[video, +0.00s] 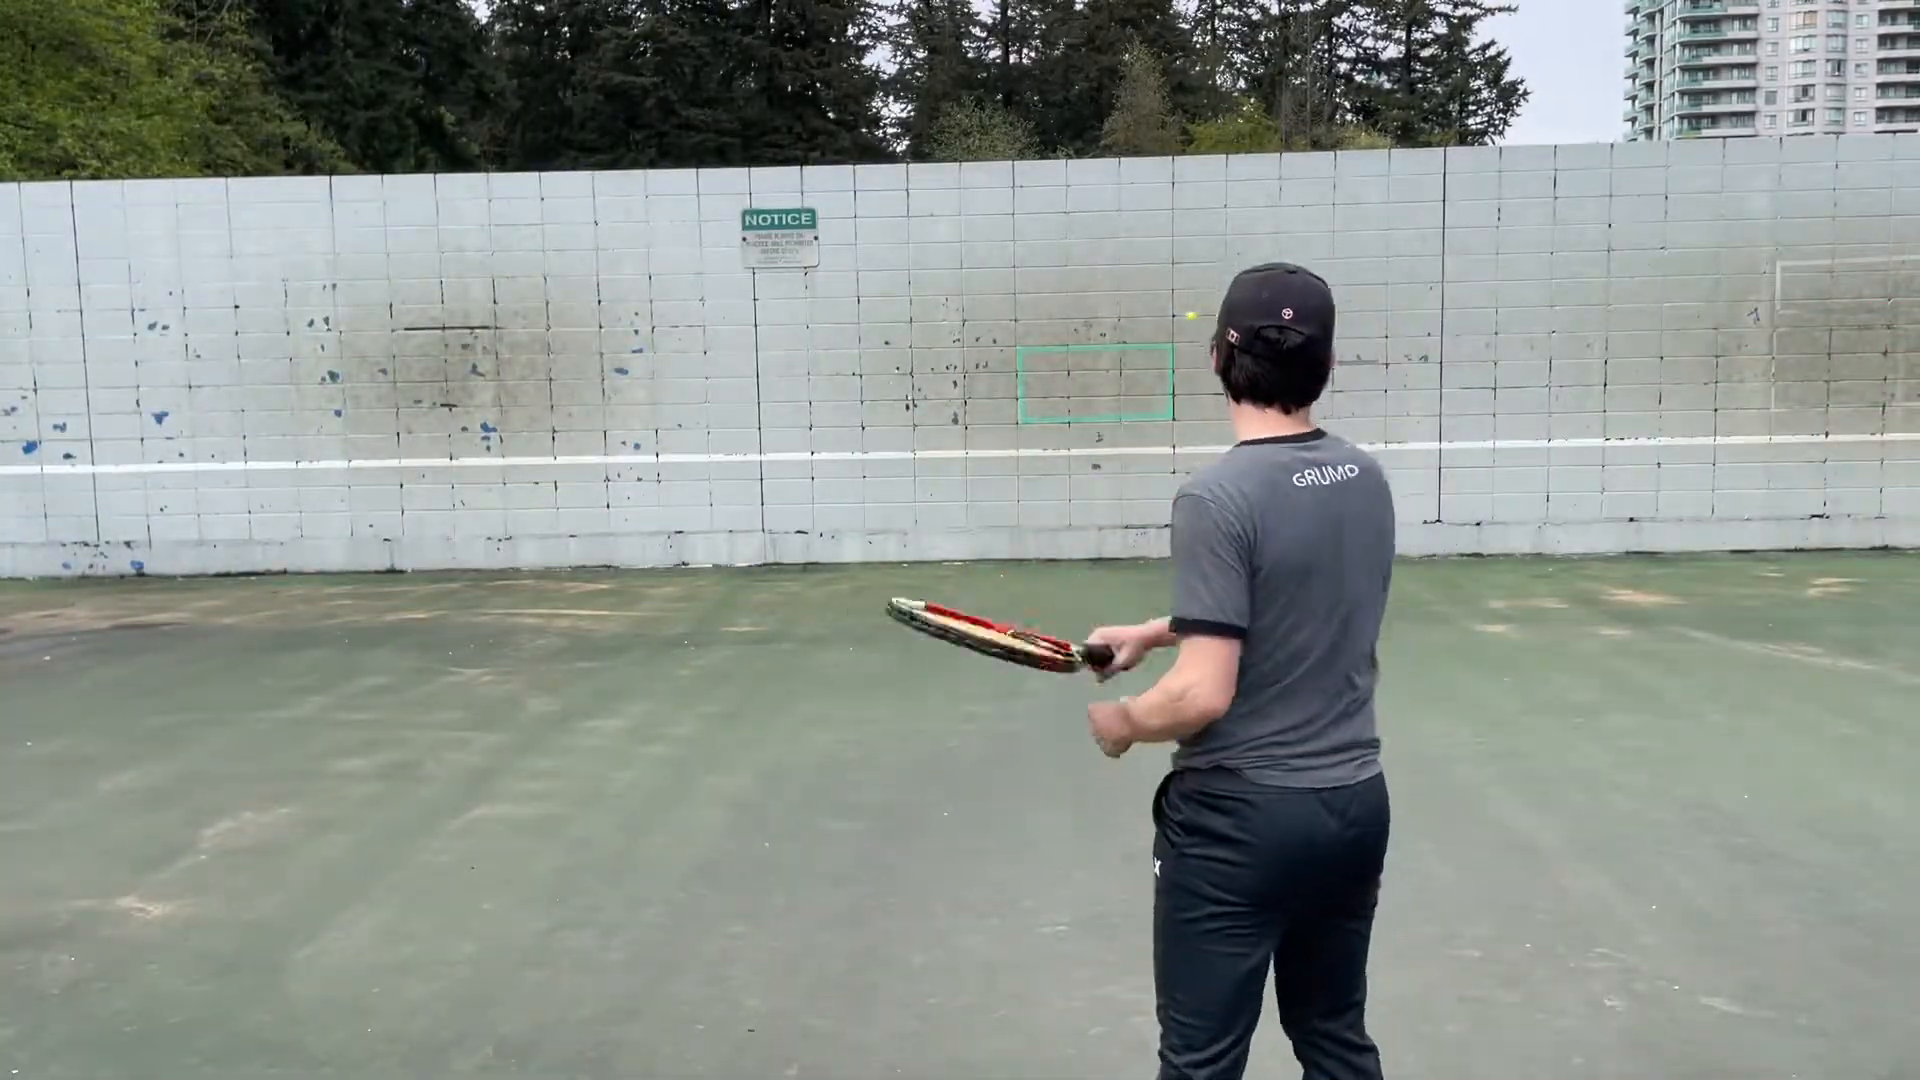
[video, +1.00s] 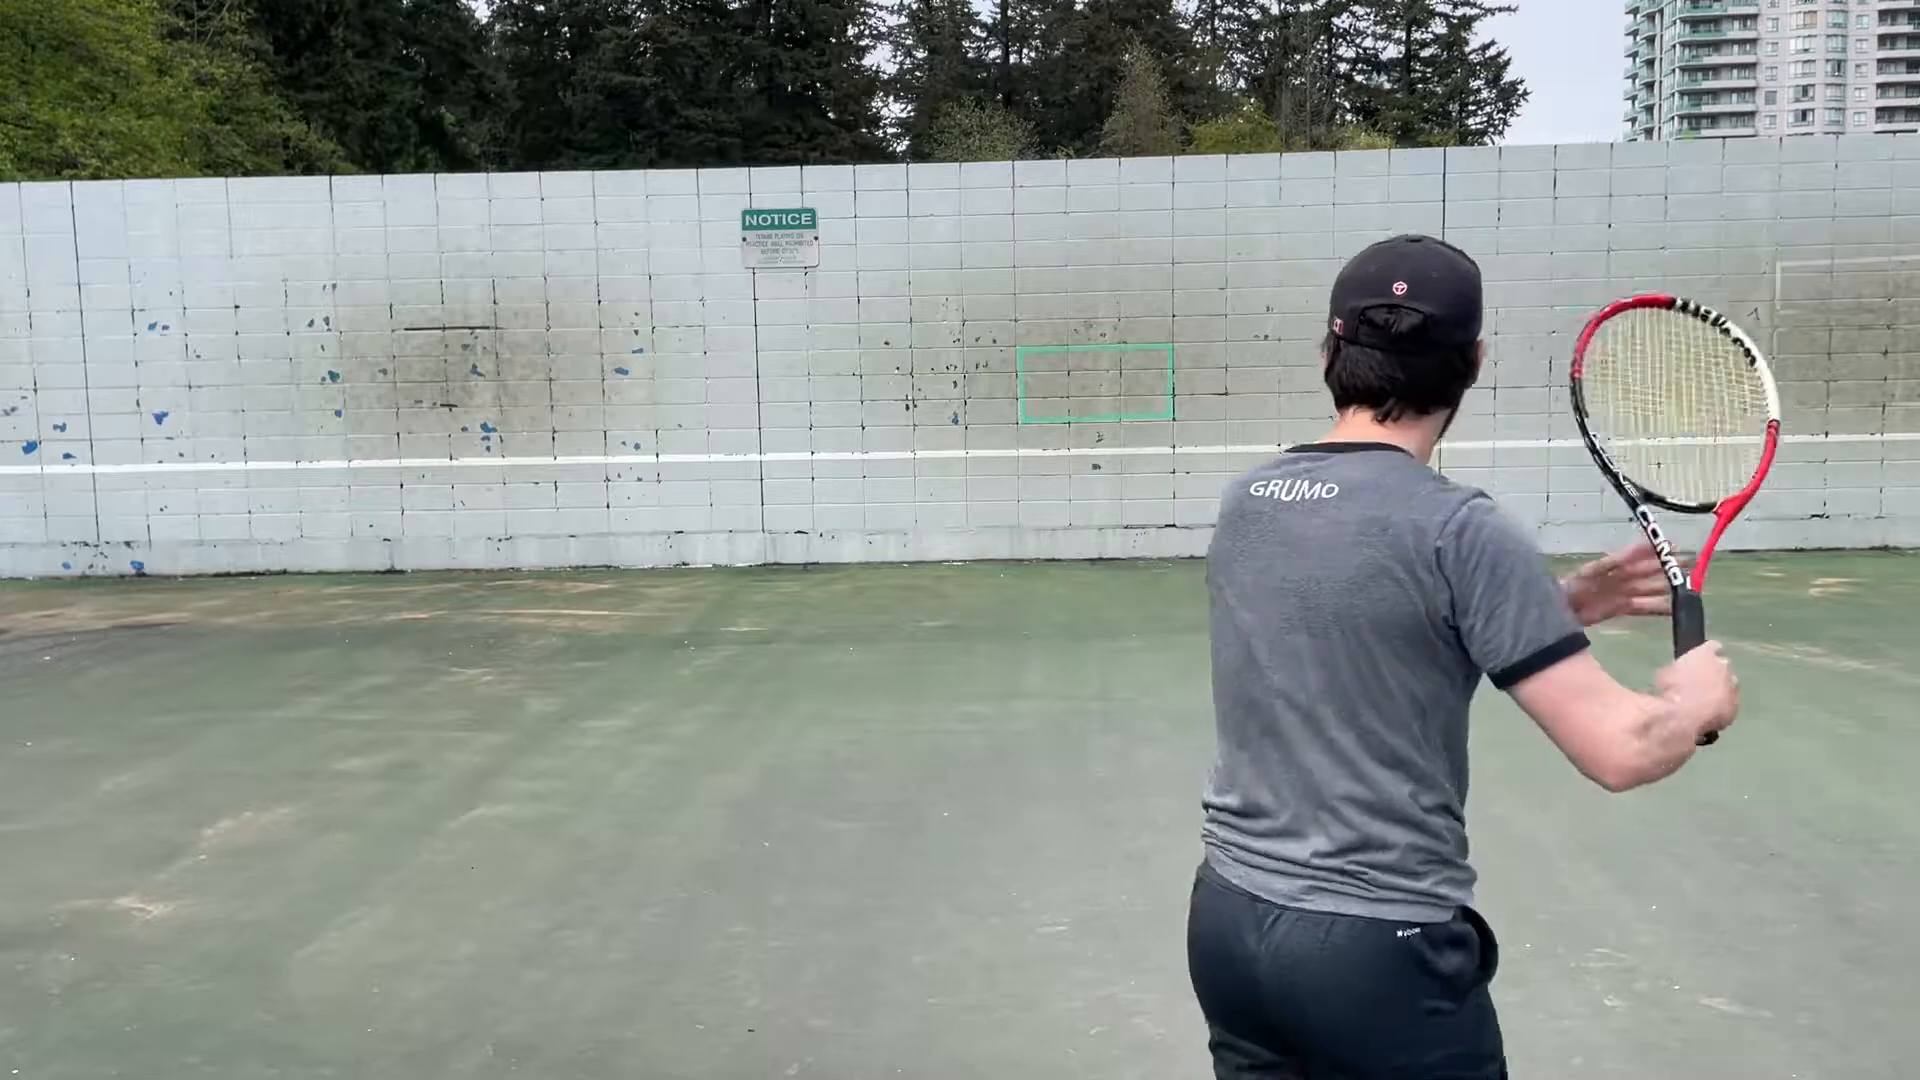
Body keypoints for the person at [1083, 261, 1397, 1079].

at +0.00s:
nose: (1211, 348)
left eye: (1215, 338)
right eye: (1223, 335)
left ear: (1222, 357)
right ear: (1326, 364)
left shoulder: (1218, 496)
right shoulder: (1365, 479)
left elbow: (1205, 693)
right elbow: (1288, 606)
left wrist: (1130, 720)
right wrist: (1152, 634)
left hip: (1234, 816)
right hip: (1349, 808)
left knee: (1200, 1056)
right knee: (1334, 1029)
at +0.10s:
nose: (1186, 356)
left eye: (1187, 345)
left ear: (1191, 363)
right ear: (1298, 370)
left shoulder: (1161, 496)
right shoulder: (1350, 493)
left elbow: (1149, 683)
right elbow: (1361, 660)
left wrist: (1096, 715)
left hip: (1203, 827)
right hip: (1328, 822)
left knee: (1194, 1065)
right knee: (1332, 1047)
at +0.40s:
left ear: (1193, 361)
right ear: (1305, 373)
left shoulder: (1111, 498)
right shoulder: (1350, 509)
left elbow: (1082, 692)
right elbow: (1397, 709)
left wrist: (1152, 729)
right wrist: (1296, 759)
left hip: (1158, 858)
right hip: (1301, 862)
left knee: (1173, 1072)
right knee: (1337, 1070)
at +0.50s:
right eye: (1338, 355)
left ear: (1213, 362)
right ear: (1331, 377)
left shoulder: (1127, 502)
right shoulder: (1367, 523)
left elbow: (1103, 695)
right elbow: (1413, 732)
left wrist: (1182, 740)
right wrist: (1311, 774)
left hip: (1159, 870)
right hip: (1305, 879)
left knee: (1174, 1072)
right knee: (1344, 1069)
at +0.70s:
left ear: (1274, 391)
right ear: (1402, 405)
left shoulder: (1188, 536)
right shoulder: (1431, 558)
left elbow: (1180, 717)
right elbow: (1480, 788)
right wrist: (1409, 811)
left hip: (1193, 935)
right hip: (1349, 950)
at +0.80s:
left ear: (1302, 384)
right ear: (1431, 402)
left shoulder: (1212, 532)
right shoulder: (1455, 556)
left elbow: (1246, 712)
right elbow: (1536, 791)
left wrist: (1430, 787)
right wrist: (1467, 788)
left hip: (1213, 948)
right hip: (1373, 965)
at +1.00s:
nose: (1484, 357)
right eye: (1481, 342)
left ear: (1332, 347)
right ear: (1472, 365)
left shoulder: (1249, 503)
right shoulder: (1458, 528)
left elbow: (1375, 638)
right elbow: (1620, 750)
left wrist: (1570, 602)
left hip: (1231, 926)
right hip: (1388, 956)